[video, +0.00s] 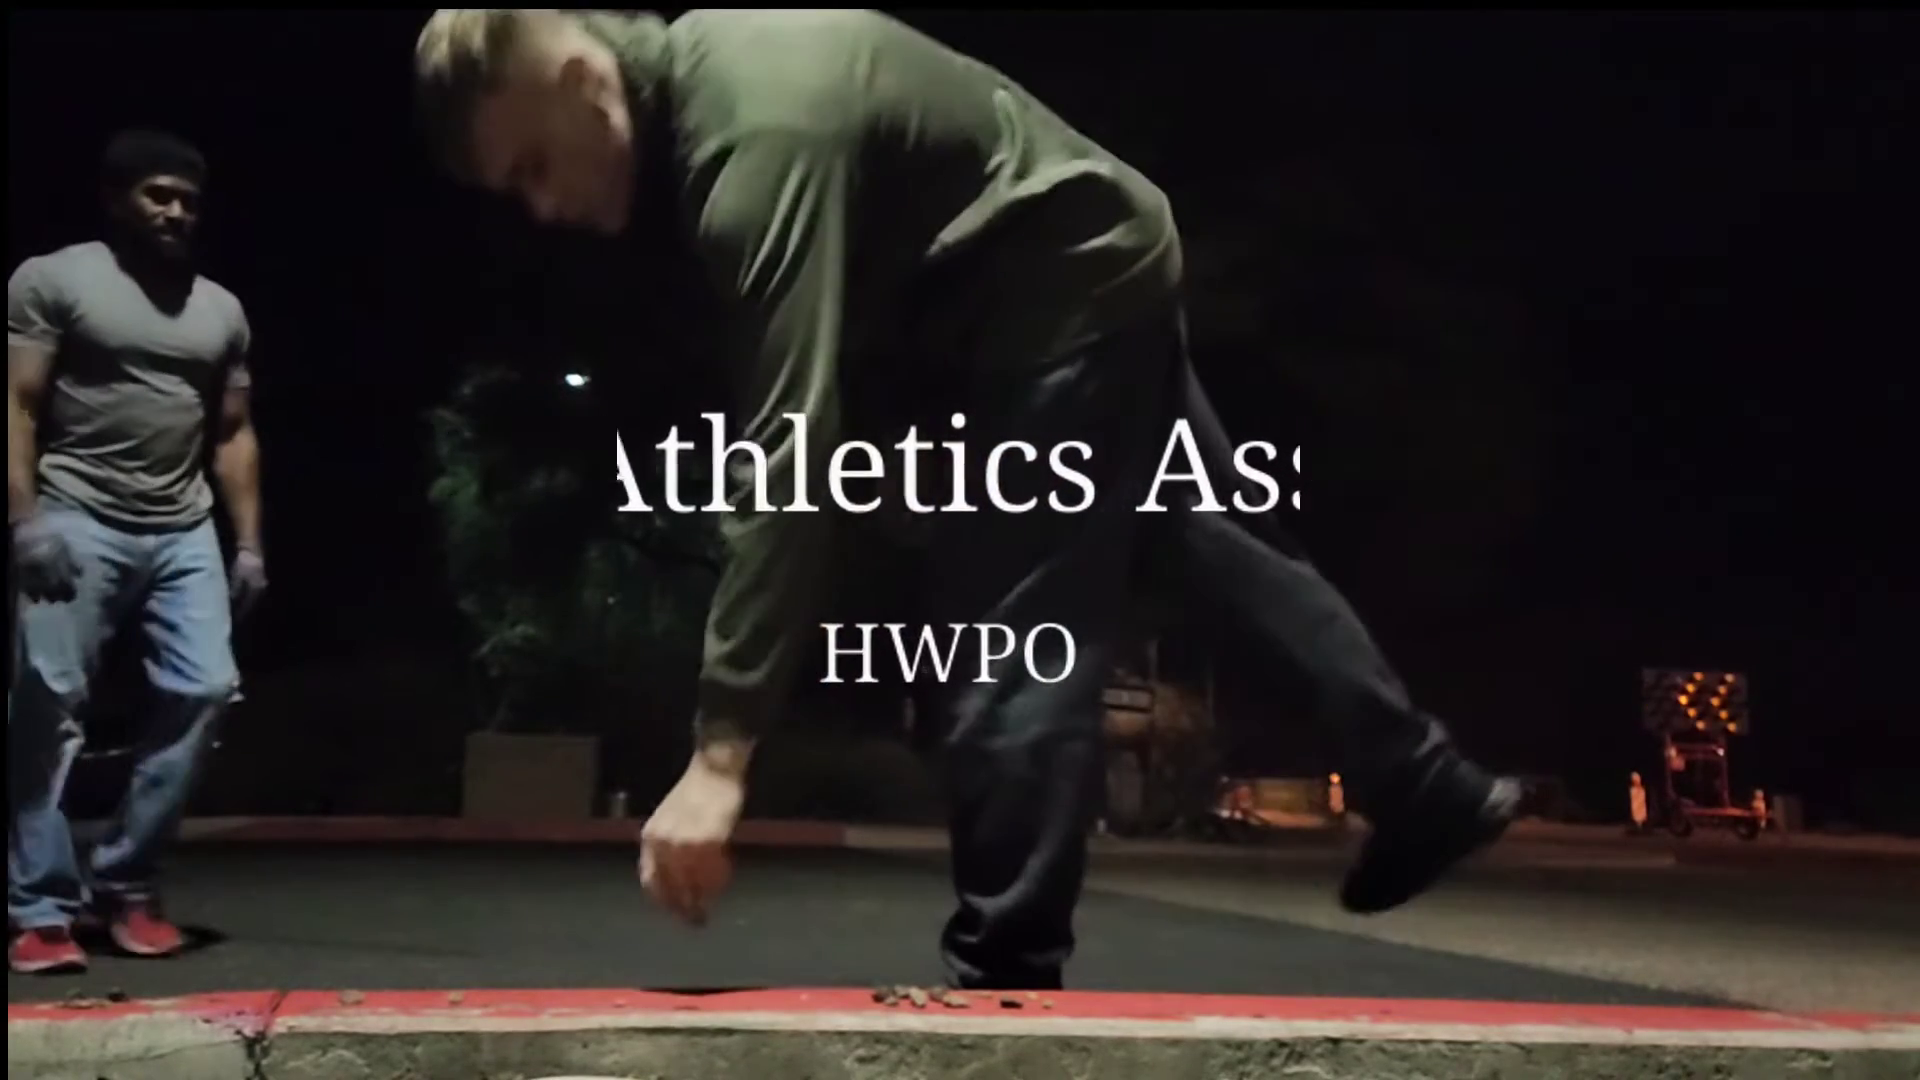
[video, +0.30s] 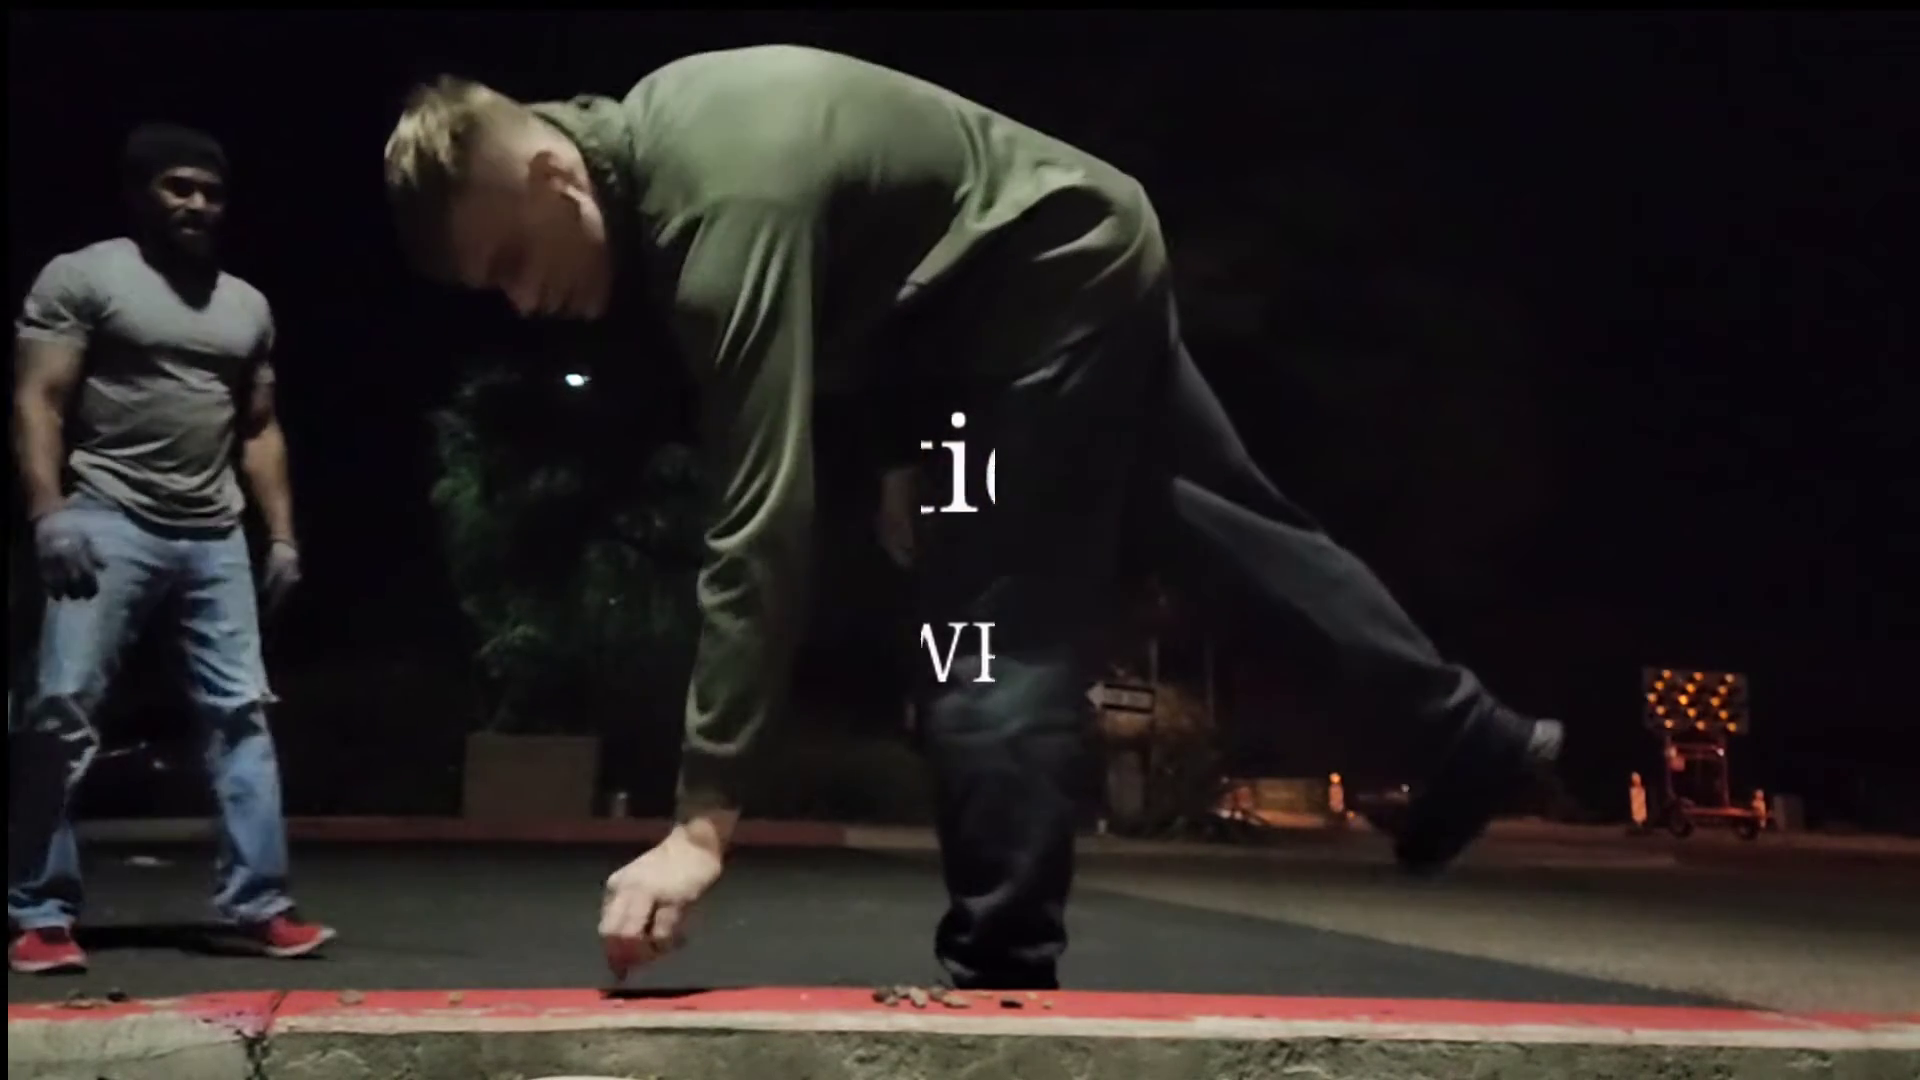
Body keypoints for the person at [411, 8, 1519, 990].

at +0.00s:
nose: (541, 207)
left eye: (533, 167)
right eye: (513, 188)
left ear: (591, 79)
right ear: (586, 78)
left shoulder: (765, 138)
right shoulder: (685, 74)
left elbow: (786, 469)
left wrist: (719, 757)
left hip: (1080, 278)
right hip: (1042, 280)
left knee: (1022, 620)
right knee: (1201, 544)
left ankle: (1006, 953)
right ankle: (1422, 782)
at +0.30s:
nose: (526, 299)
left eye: (515, 267)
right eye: (494, 288)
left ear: (558, 170)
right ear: (550, 156)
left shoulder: (736, 212)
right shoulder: (651, 128)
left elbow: (756, 536)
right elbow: (836, 289)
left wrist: (700, 825)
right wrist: (875, 449)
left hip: (1052, 276)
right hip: (1069, 240)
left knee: (1001, 627)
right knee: (1225, 531)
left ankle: (997, 975)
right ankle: (1469, 742)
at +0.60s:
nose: (519, 341)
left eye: (505, 305)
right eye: (490, 326)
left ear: (553, 213)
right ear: (543, 211)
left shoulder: (724, 232)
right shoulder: (650, 165)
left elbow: (749, 552)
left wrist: (694, 851)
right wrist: (883, 479)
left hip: (1043, 279)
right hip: (1071, 250)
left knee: (972, 622)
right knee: (1220, 537)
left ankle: (995, 967)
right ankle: (1470, 754)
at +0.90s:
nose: (527, 257)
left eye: (513, 221)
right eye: (499, 243)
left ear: (563, 139)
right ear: (560, 131)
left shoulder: (723, 190)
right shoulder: (674, 118)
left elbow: (785, 487)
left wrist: (760, 773)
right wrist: (876, 465)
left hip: (1045, 280)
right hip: (1085, 250)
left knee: (978, 631)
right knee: (1205, 572)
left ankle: (997, 961)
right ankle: (1421, 826)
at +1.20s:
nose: (564, 121)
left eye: (560, 82)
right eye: (541, 104)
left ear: (623, 24)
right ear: (628, 27)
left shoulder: (764, 91)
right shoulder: (747, 68)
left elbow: (840, 361)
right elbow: (830, 358)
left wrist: (826, 637)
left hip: (1059, 297)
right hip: (1105, 279)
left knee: (961, 637)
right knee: (1160, 629)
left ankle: (1001, 962)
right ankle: (1281, 933)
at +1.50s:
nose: (695, 66)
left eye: (687, 38)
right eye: (680, 49)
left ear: (738, 5)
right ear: (737, 15)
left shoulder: (861, 36)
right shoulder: (858, 38)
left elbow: (901, 257)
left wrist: (875, 501)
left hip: (1069, 339)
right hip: (1105, 335)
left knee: (998, 648)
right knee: (1071, 664)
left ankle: (1000, 967)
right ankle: (1130, 974)